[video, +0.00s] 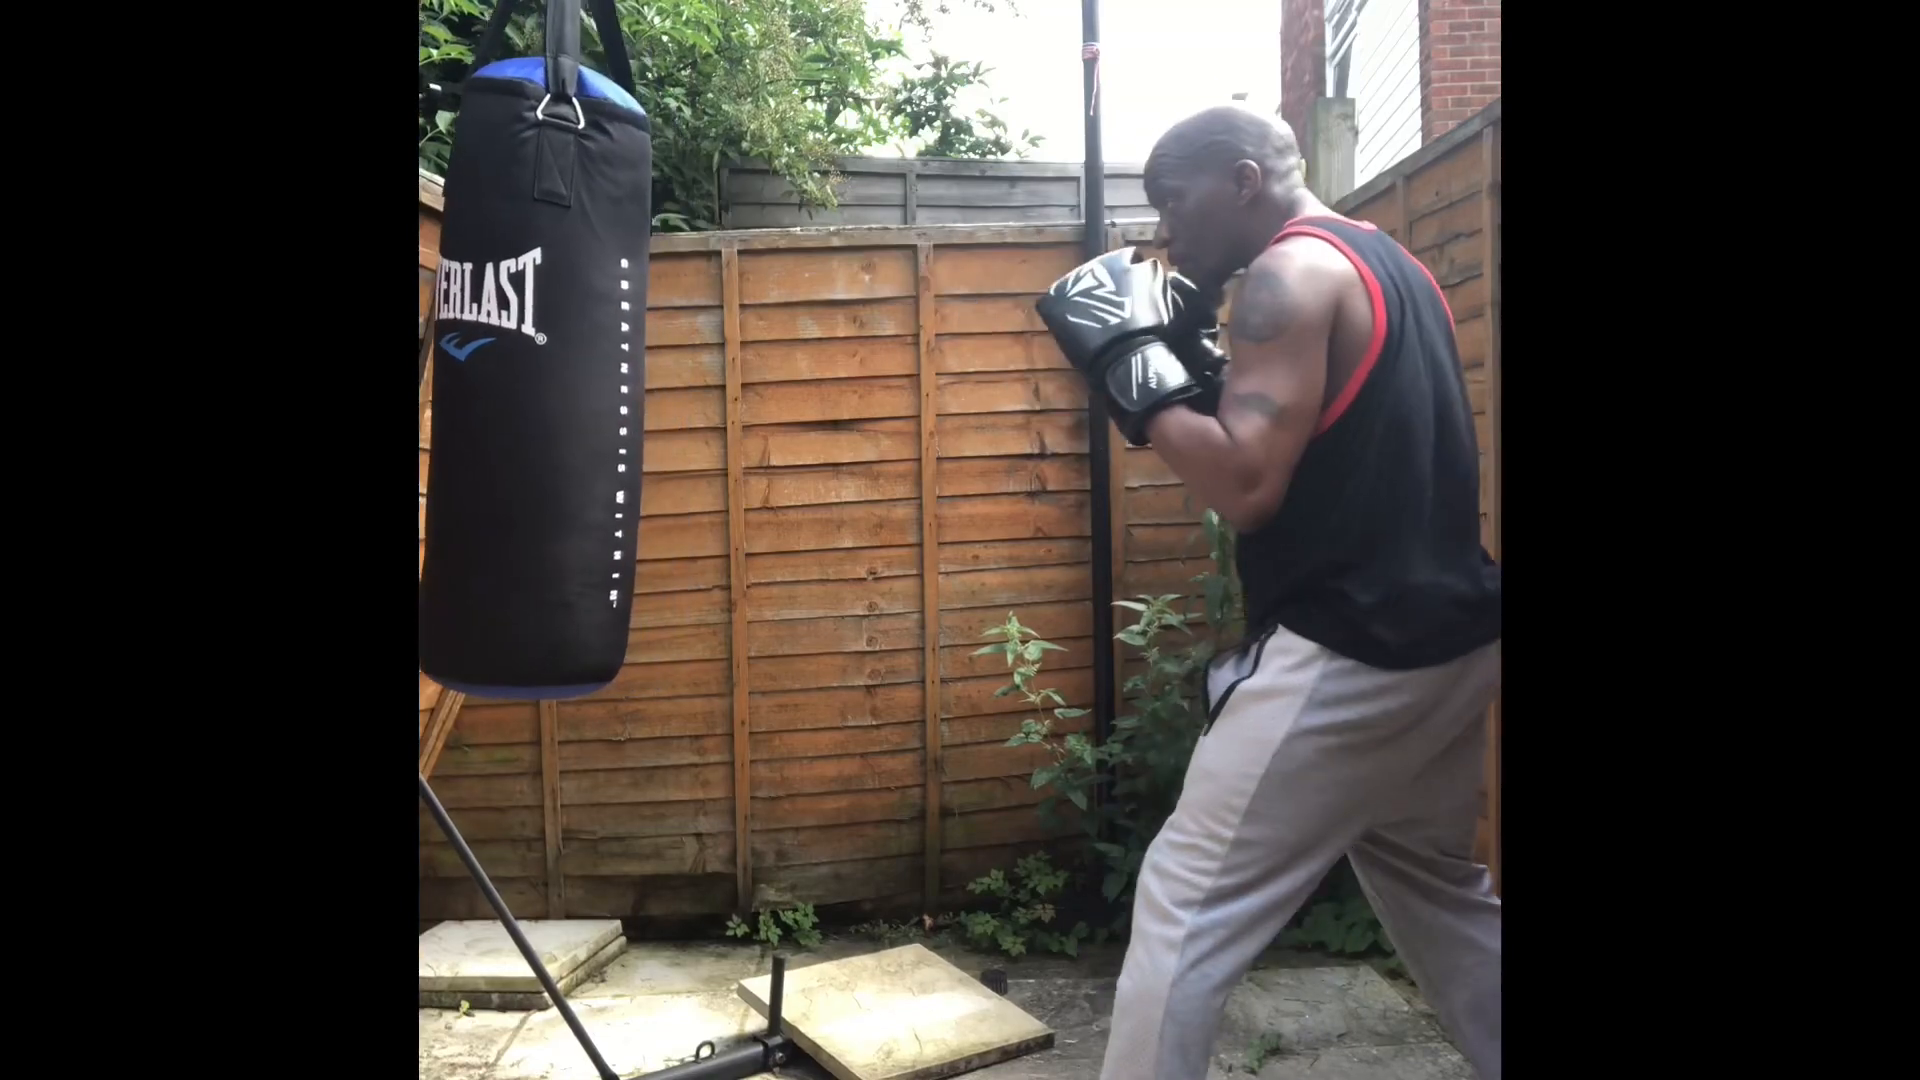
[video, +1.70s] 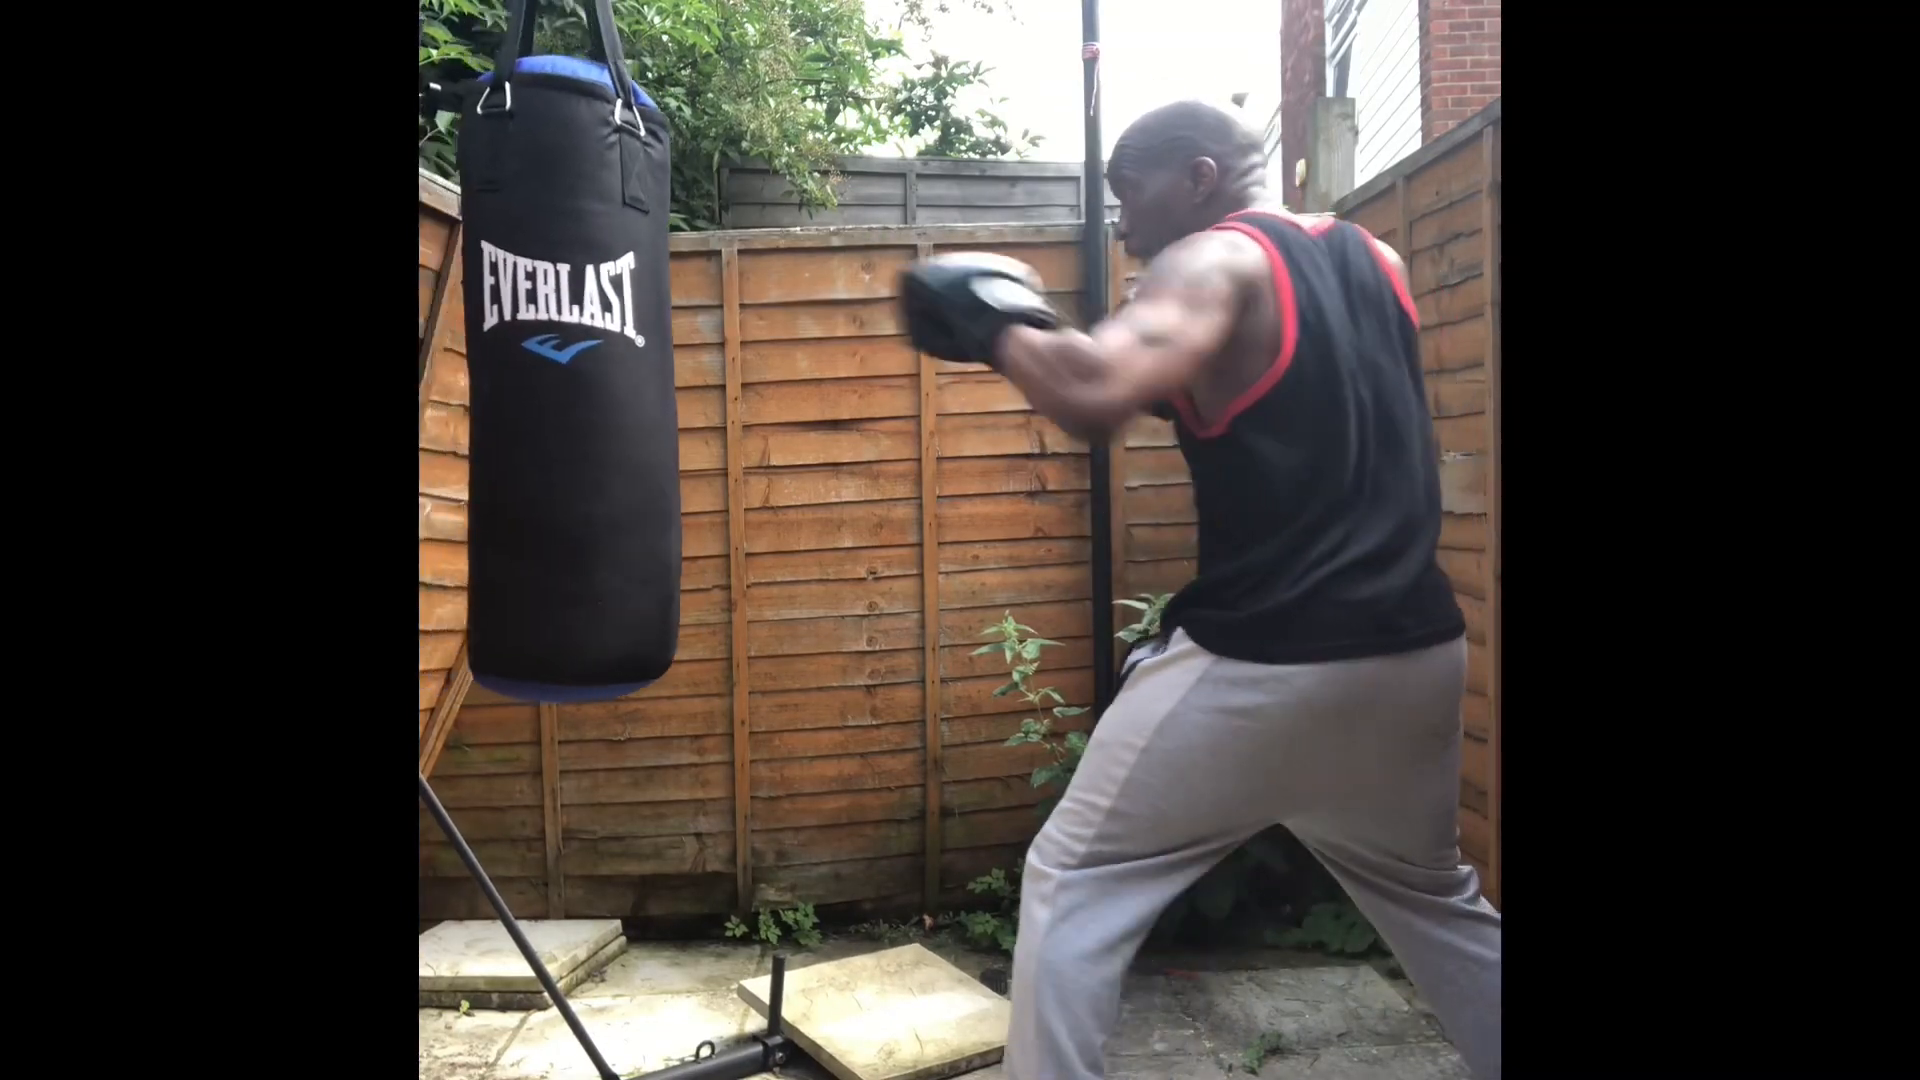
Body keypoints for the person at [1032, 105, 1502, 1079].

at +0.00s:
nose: (1165, 232)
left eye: (1172, 204)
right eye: (1159, 208)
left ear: (1248, 183)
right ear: (1261, 183)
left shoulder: (1290, 274)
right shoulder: (1378, 254)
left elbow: (1241, 486)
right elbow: (1326, 444)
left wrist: (1125, 363)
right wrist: (1194, 366)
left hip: (1350, 641)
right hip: (1454, 624)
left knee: (1187, 900)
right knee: (1435, 882)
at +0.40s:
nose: (1139, 223)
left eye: (1149, 193)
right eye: (1135, 197)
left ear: (1220, 180)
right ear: (1265, 178)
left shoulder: (1245, 263)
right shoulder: (1392, 257)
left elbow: (1142, 373)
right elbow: (1346, 391)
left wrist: (1029, 317)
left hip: (1299, 647)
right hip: (1456, 639)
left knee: (1141, 885)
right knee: (1447, 878)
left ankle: (1121, 1066)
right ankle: (1498, 1054)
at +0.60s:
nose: (1029, 203)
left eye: (1047, 173)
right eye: (1022, 181)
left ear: (1134, 157)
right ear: (1140, 165)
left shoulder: (1172, 253)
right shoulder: (1211, 235)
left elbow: (1057, 441)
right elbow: (1198, 403)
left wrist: (910, 341)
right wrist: (1060, 336)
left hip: (1259, 644)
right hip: (1333, 626)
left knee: (1076, 884)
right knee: (1404, 901)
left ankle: (1065, 1069)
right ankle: (1497, 1051)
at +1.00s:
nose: (1062, 240)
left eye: (1070, 209)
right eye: (1055, 215)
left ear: (1146, 185)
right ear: (1163, 188)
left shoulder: (1200, 270)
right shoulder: (1284, 253)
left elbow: (1155, 494)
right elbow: (1245, 448)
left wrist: (1023, 370)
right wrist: (1109, 360)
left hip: (1257, 660)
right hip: (1352, 637)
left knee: (1077, 895)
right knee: (1353, 892)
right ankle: (1490, 1056)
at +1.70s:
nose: (1122, 225)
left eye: (1128, 194)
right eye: (1116, 199)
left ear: (1200, 178)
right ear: (1232, 177)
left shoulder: (1212, 261)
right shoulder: (1374, 256)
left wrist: (995, 321)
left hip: (1259, 658)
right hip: (1416, 652)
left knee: (1072, 882)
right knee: (1429, 891)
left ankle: (1046, 1067)